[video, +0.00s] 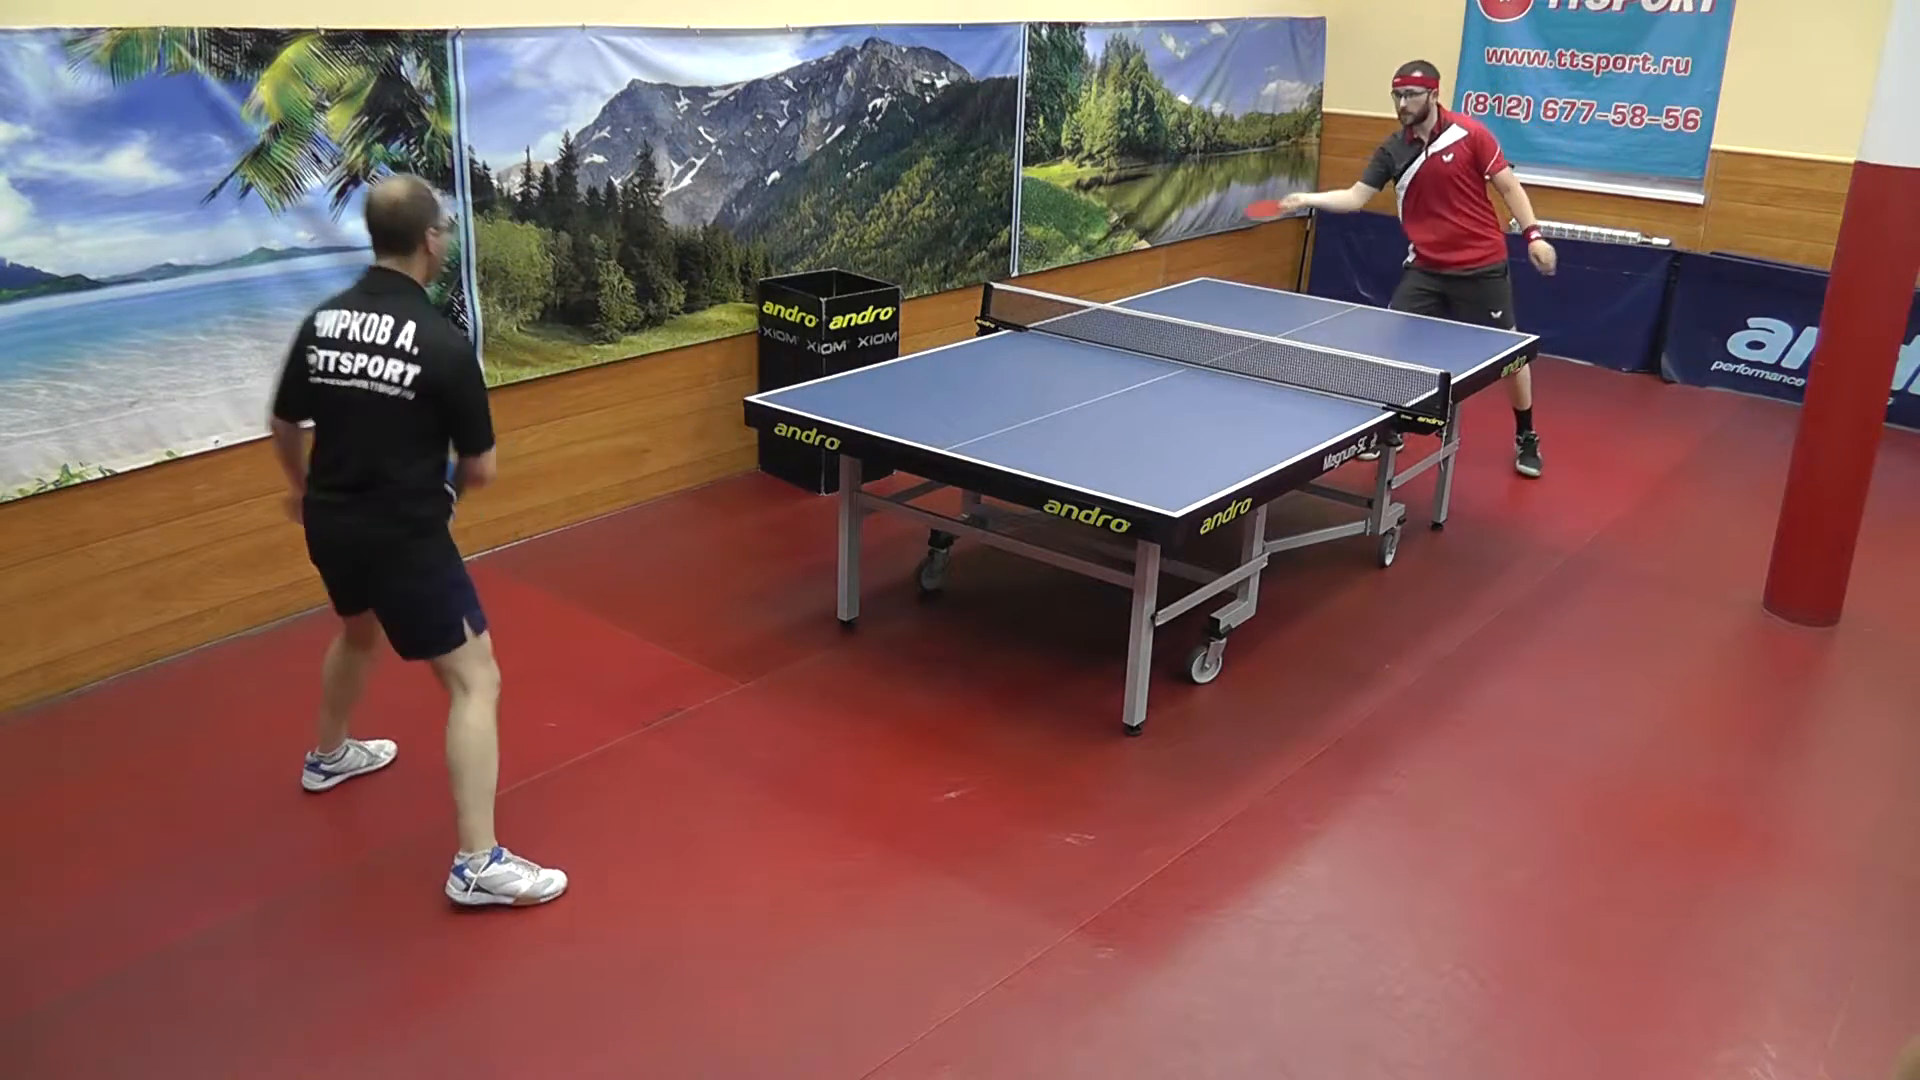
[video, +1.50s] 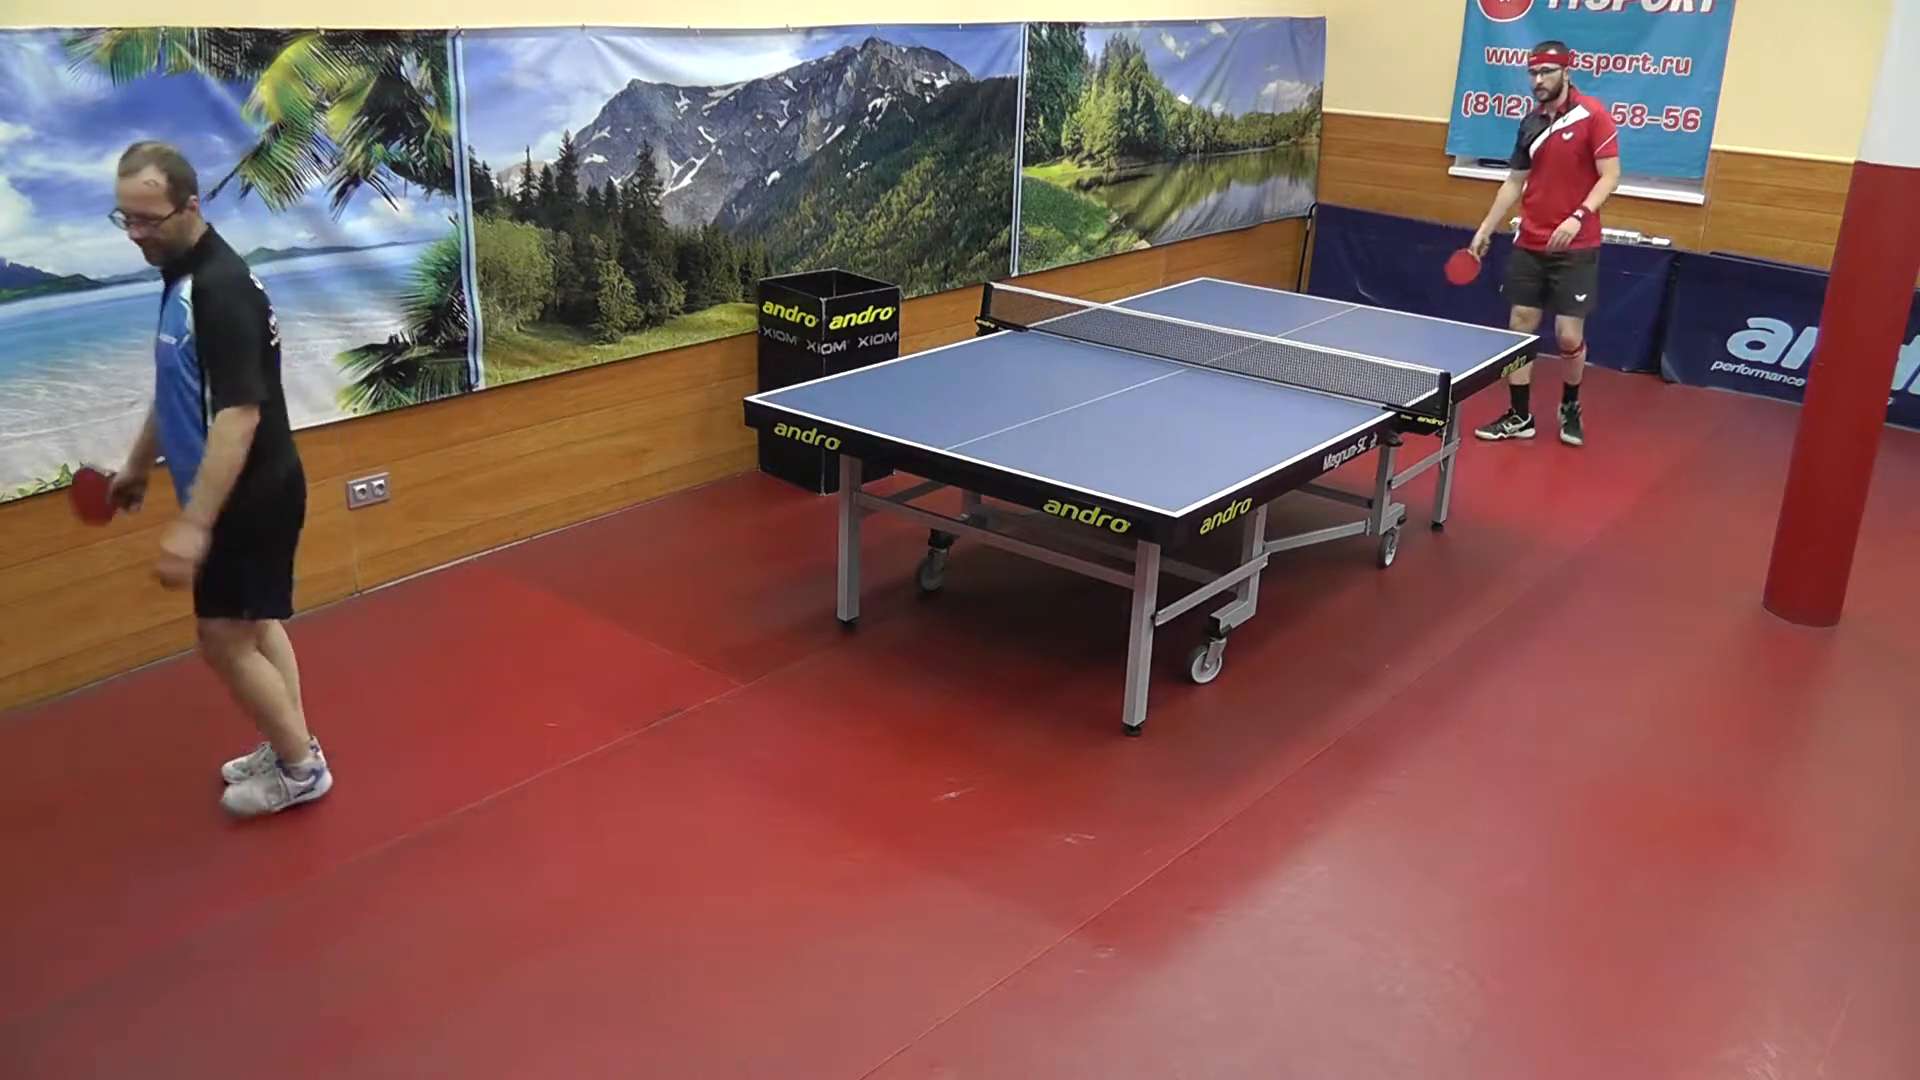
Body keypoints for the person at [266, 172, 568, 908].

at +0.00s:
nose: (447, 240)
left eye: (443, 228)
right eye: (443, 230)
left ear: (376, 238)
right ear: (428, 240)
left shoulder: (328, 319)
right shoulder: (444, 340)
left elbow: (286, 419)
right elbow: (479, 466)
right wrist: (444, 477)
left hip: (331, 523)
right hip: (406, 532)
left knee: (357, 631)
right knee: (474, 680)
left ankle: (328, 752)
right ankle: (478, 859)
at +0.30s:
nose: (358, 185)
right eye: (355, 182)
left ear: (295, 227)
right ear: (359, 208)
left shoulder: (276, 320)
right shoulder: (417, 308)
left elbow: (203, 397)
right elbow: (482, 400)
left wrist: (131, 425)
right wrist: (506, 421)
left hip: (330, 523)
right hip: (415, 519)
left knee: (336, 637)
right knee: (437, 673)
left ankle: (323, 754)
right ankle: (449, 839)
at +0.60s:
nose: (279, 241)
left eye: (279, 231)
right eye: (276, 230)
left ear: (300, 235)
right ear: (354, 218)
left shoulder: (294, 332)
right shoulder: (432, 303)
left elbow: (295, 460)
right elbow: (467, 424)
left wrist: (290, 556)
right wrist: (496, 510)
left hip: (342, 534)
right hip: (428, 523)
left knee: (321, 641)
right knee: (437, 673)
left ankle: (311, 758)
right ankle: (451, 841)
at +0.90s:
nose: (210, 235)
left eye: (215, 224)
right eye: (209, 223)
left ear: (251, 225)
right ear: (278, 216)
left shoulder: (243, 320)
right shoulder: (367, 282)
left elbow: (256, 447)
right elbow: (417, 393)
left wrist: (258, 547)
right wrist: (445, 476)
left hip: (302, 521)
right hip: (381, 503)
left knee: (289, 640)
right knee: (400, 642)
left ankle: (311, 771)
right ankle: (450, 792)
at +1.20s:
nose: (166, 232)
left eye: (175, 219)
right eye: (164, 219)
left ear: (222, 212)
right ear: (227, 211)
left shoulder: (219, 302)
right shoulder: (287, 264)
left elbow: (189, 426)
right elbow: (284, 380)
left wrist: (126, 443)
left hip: (264, 497)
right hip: (323, 478)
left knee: (280, 638)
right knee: (300, 616)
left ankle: (312, 772)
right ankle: (358, 736)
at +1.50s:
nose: (133, 234)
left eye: (146, 219)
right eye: (125, 219)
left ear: (189, 207)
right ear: (122, 211)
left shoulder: (219, 285)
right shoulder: (182, 275)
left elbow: (240, 415)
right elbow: (179, 387)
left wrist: (195, 522)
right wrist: (139, 465)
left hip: (252, 488)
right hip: (233, 484)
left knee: (223, 643)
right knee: (258, 624)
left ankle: (301, 769)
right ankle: (291, 747)